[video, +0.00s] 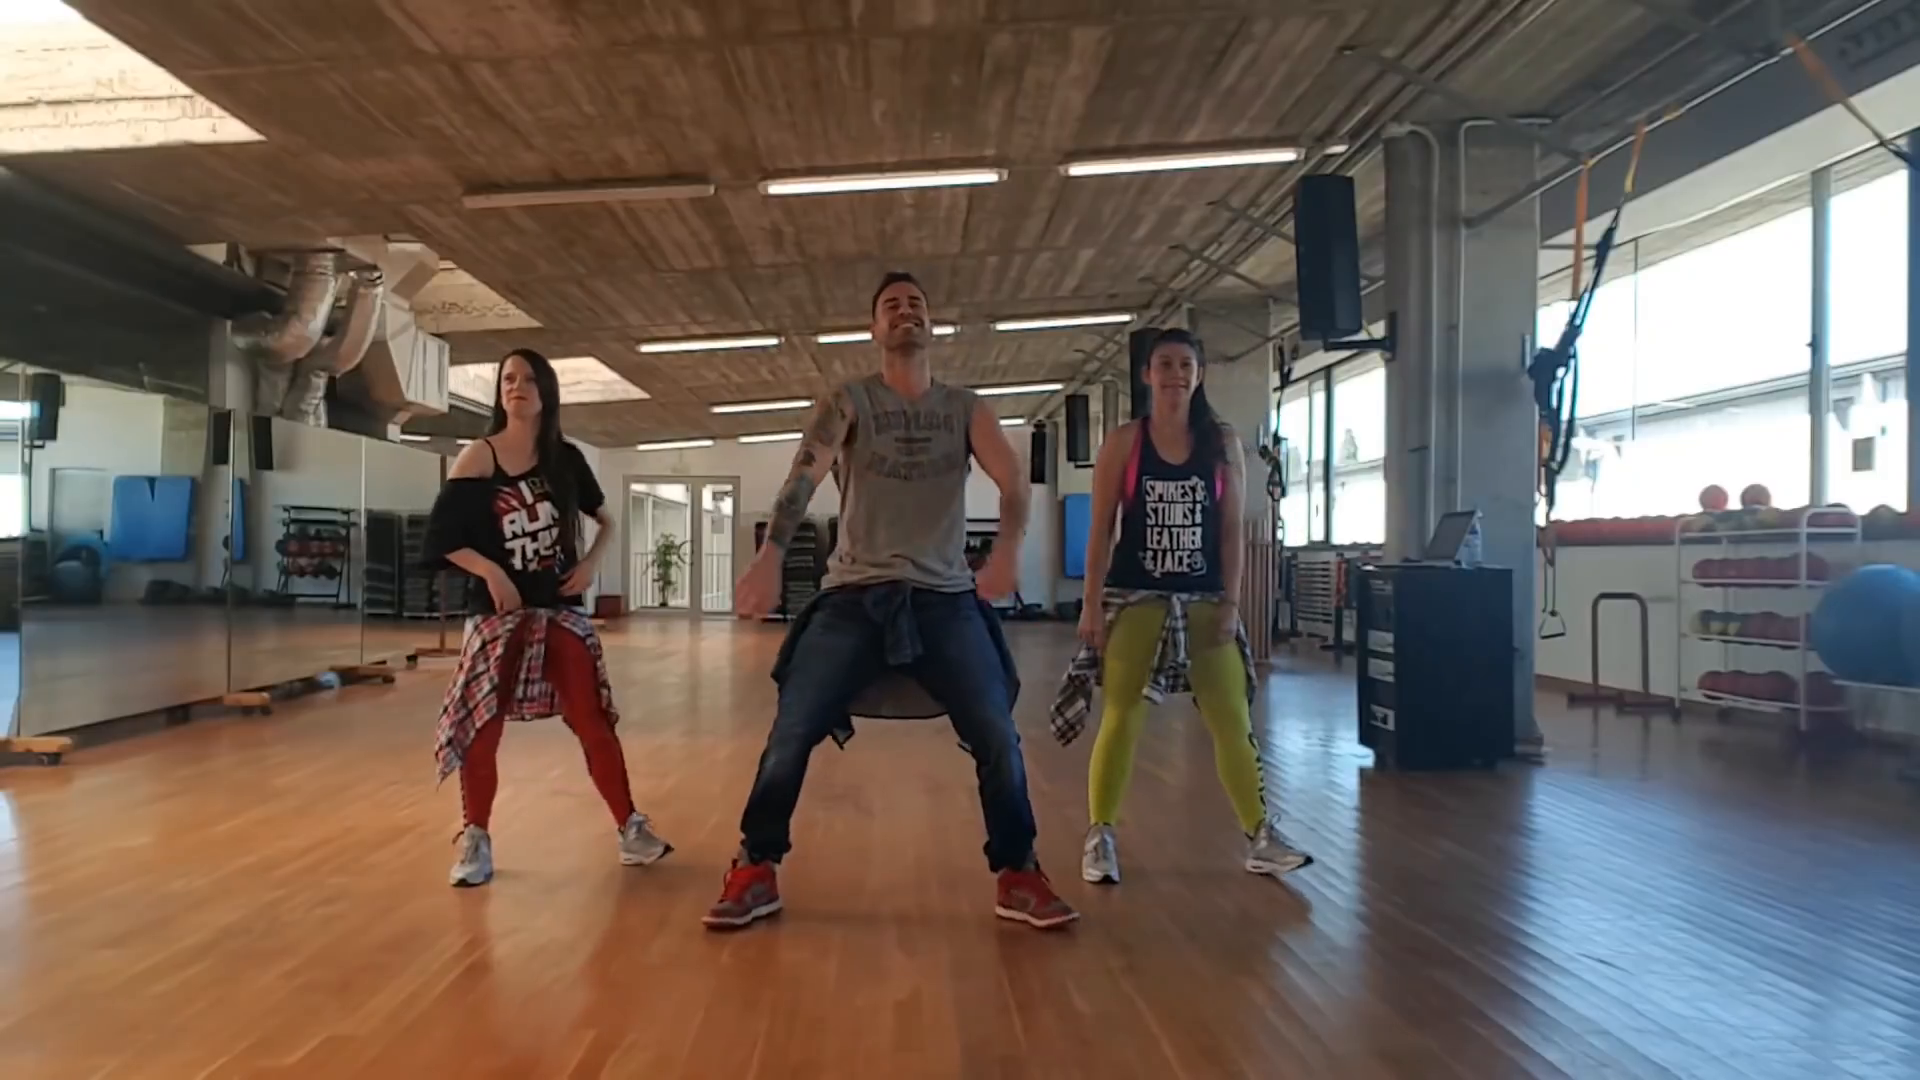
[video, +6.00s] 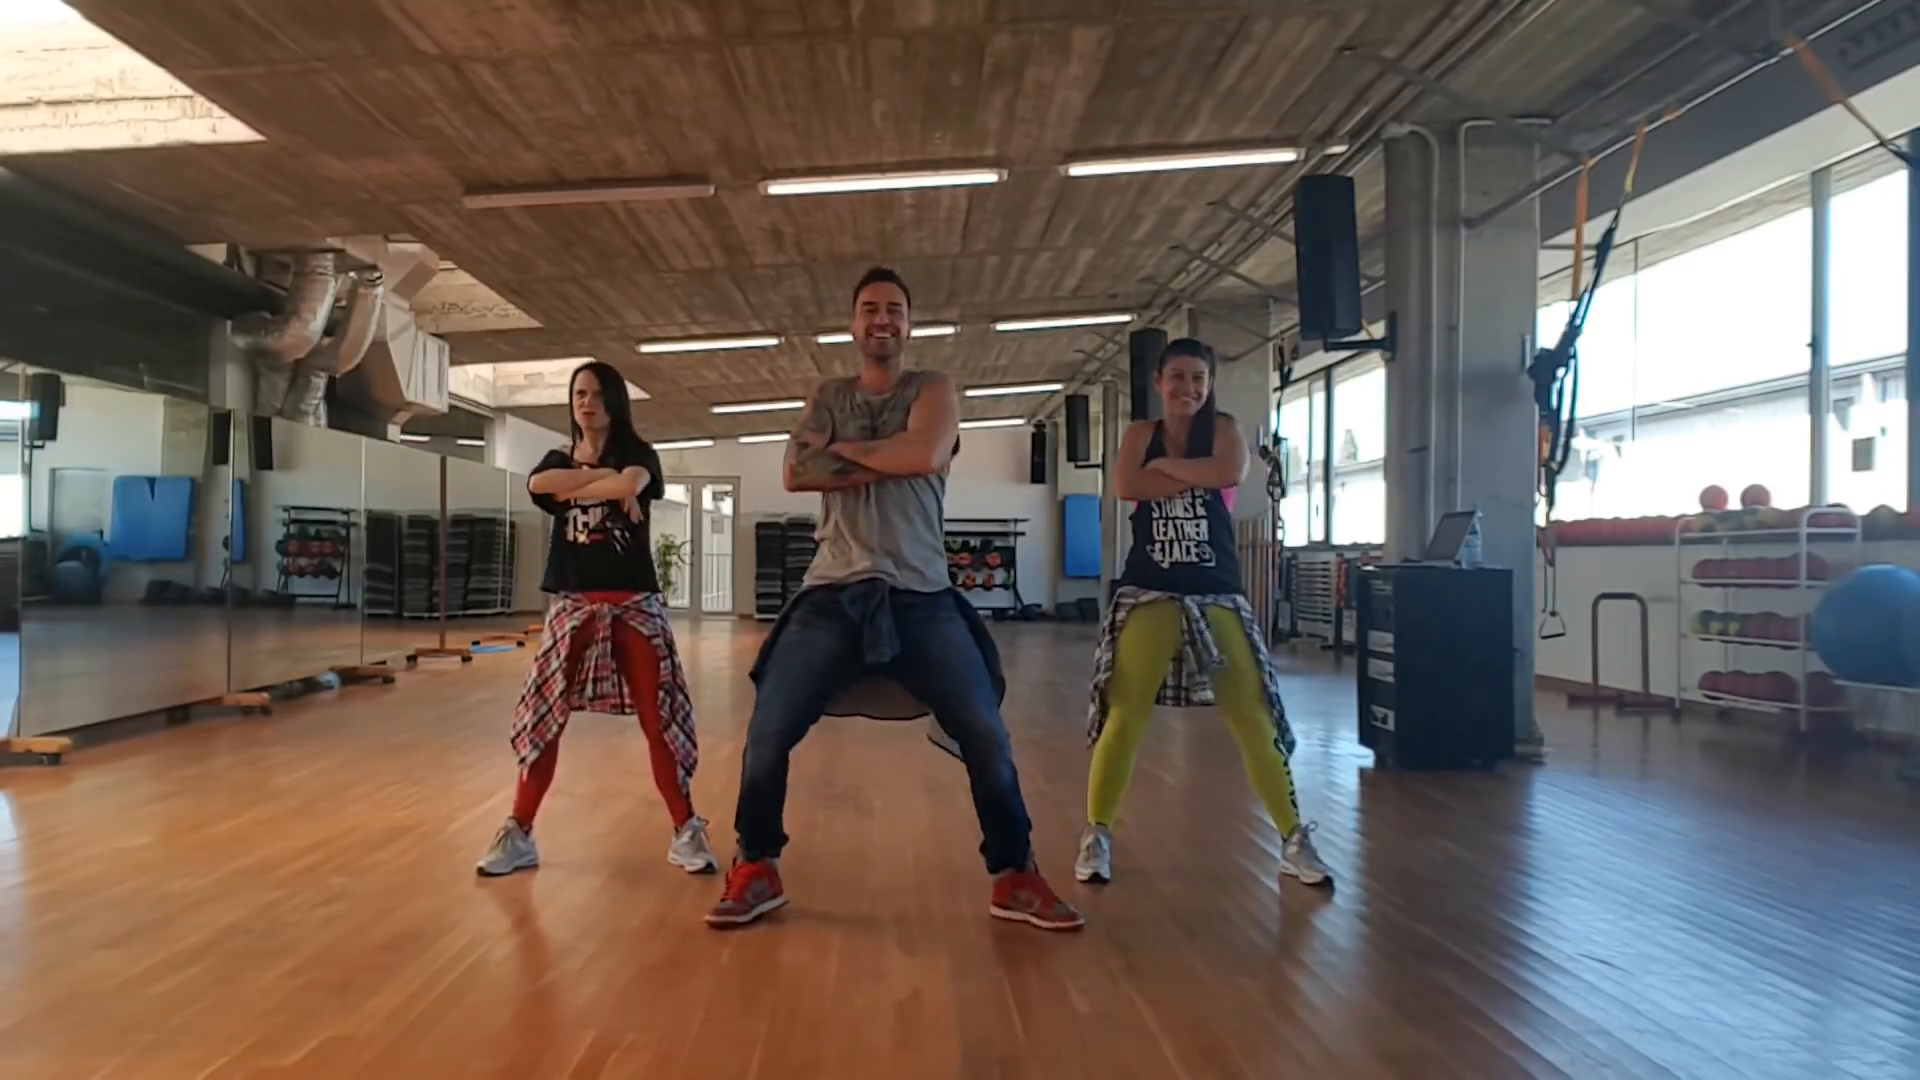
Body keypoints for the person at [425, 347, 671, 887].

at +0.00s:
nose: (518, 388)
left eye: (528, 380)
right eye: (510, 380)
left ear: (548, 390)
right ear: (499, 393)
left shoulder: (566, 458)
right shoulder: (477, 457)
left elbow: (605, 521)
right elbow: (445, 540)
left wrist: (590, 563)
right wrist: (492, 572)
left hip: (561, 607)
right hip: (499, 610)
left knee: (588, 715)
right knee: (481, 726)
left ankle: (630, 827)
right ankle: (475, 839)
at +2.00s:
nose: (600, 407)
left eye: (610, 399)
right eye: (594, 398)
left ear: (631, 407)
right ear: (584, 406)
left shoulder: (647, 461)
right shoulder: (564, 454)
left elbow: (642, 490)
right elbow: (564, 480)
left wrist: (583, 482)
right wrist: (633, 486)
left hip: (633, 603)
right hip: (570, 601)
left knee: (655, 720)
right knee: (543, 714)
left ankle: (677, 831)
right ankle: (516, 833)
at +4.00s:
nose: (602, 406)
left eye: (612, 398)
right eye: (595, 397)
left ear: (631, 405)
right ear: (586, 404)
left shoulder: (646, 455)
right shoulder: (567, 451)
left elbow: (629, 470)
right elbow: (541, 460)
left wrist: (573, 480)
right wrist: (601, 467)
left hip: (631, 602)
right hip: (569, 601)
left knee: (653, 720)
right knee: (537, 714)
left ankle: (678, 831)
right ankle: (516, 832)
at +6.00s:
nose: (588, 402)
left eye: (597, 395)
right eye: (580, 394)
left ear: (615, 402)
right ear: (571, 403)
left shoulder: (639, 454)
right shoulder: (559, 455)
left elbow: (627, 486)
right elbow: (538, 485)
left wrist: (568, 486)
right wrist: (609, 478)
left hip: (634, 599)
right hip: (572, 600)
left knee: (657, 718)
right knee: (547, 713)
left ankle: (687, 830)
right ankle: (519, 833)